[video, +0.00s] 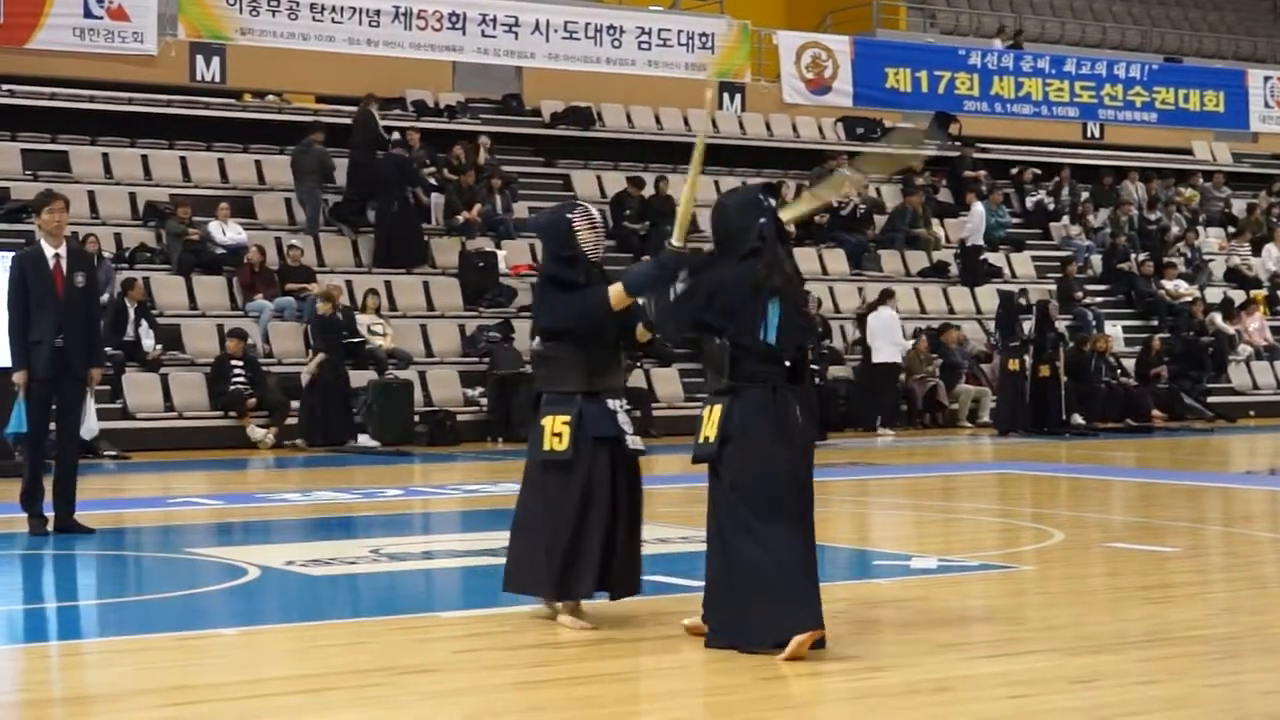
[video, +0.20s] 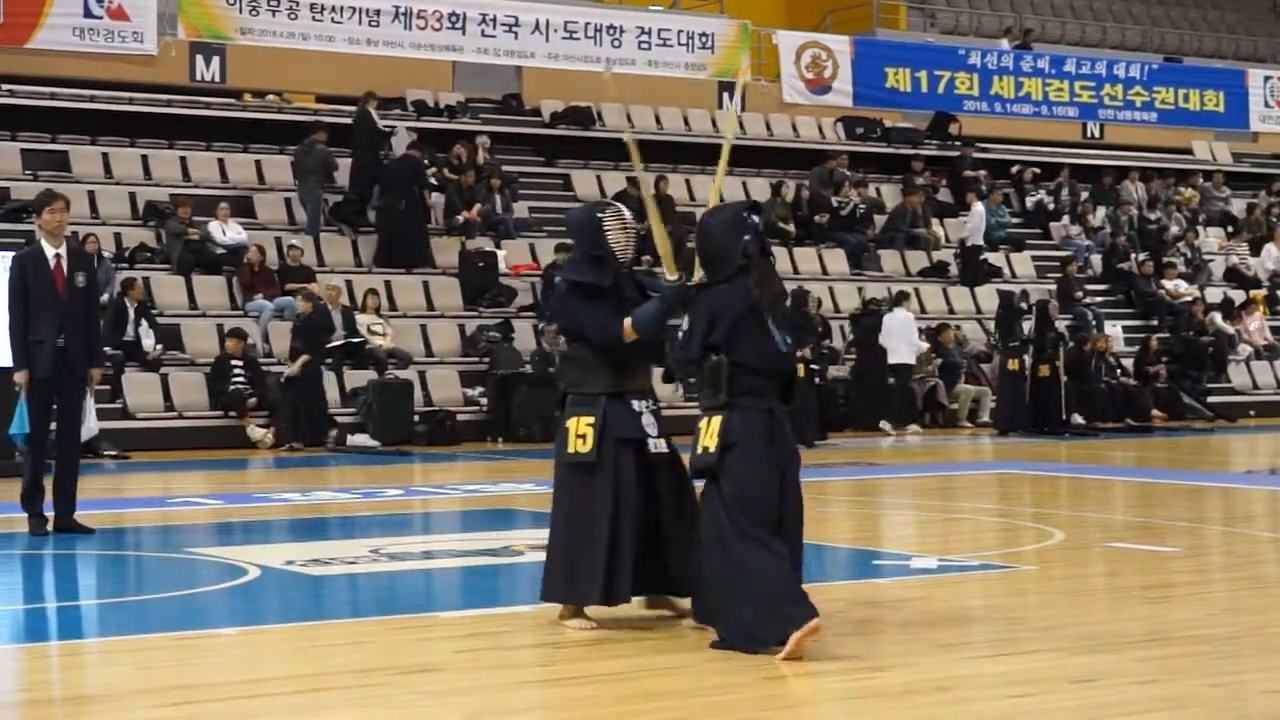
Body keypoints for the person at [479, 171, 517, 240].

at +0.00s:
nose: (496, 182)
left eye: (498, 179)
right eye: (494, 179)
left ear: (501, 181)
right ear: (490, 181)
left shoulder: (506, 194)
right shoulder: (485, 193)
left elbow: (510, 211)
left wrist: (505, 217)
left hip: (505, 220)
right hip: (491, 220)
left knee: (501, 229)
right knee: (506, 219)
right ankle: (514, 241)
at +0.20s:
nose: (495, 182)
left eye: (498, 179)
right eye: (493, 179)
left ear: (501, 181)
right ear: (489, 181)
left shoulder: (505, 193)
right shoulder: (485, 193)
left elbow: (510, 211)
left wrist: (504, 217)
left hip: (505, 219)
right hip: (491, 219)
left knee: (502, 228)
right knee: (506, 219)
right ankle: (514, 240)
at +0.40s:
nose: (495, 181)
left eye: (498, 178)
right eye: (493, 178)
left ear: (501, 180)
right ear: (490, 180)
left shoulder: (505, 192)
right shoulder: (485, 192)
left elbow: (511, 210)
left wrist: (506, 216)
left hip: (505, 217)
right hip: (491, 218)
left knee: (502, 228)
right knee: (507, 219)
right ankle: (513, 240)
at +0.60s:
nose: (497, 181)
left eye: (499, 178)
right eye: (494, 178)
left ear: (502, 180)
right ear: (491, 180)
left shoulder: (506, 192)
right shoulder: (486, 193)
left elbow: (511, 210)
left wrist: (505, 216)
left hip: (505, 219)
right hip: (491, 219)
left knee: (502, 228)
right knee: (507, 219)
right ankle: (514, 241)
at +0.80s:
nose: (499, 182)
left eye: (501, 180)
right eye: (497, 180)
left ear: (503, 182)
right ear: (493, 182)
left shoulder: (506, 194)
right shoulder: (487, 194)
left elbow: (510, 211)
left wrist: (506, 217)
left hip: (505, 217)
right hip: (491, 218)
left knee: (501, 228)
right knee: (506, 219)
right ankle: (512, 241)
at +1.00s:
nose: (500, 184)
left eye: (501, 181)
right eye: (498, 181)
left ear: (503, 183)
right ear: (493, 183)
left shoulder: (505, 195)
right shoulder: (487, 195)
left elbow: (510, 211)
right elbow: (485, 211)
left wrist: (506, 218)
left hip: (504, 218)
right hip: (491, 219)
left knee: (501, 229)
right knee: (506, 220)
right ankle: (512, 241)